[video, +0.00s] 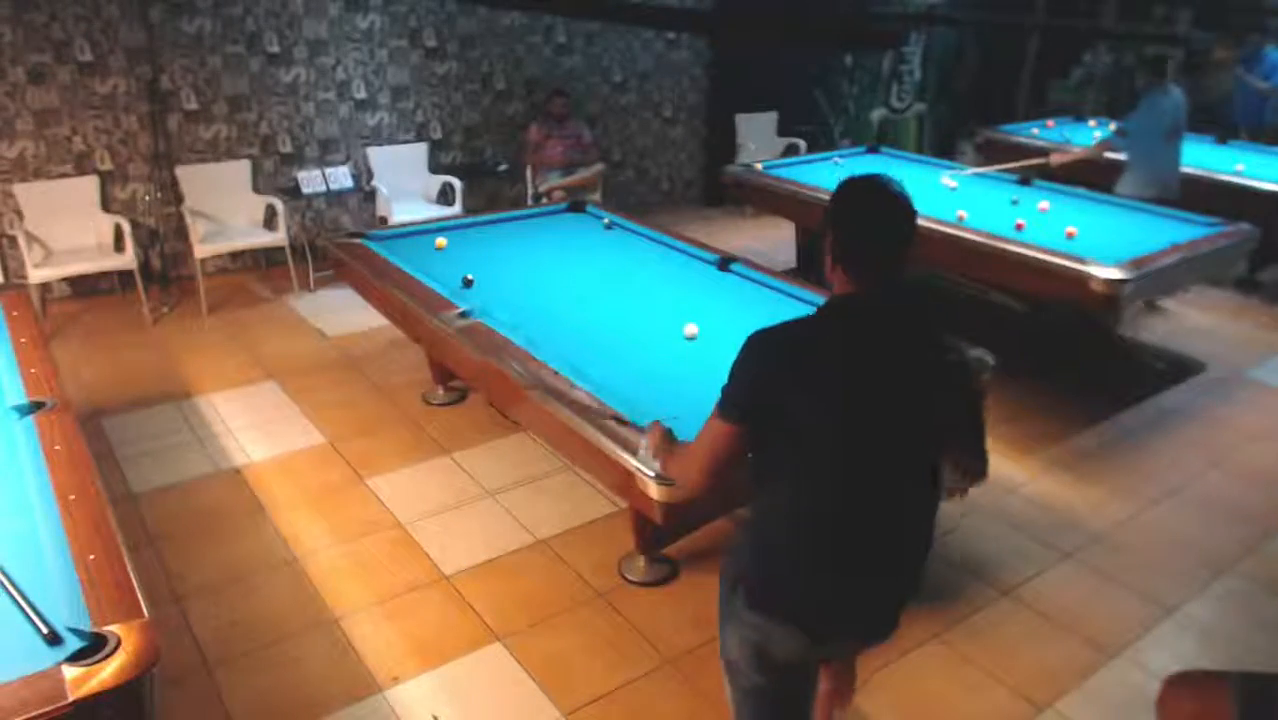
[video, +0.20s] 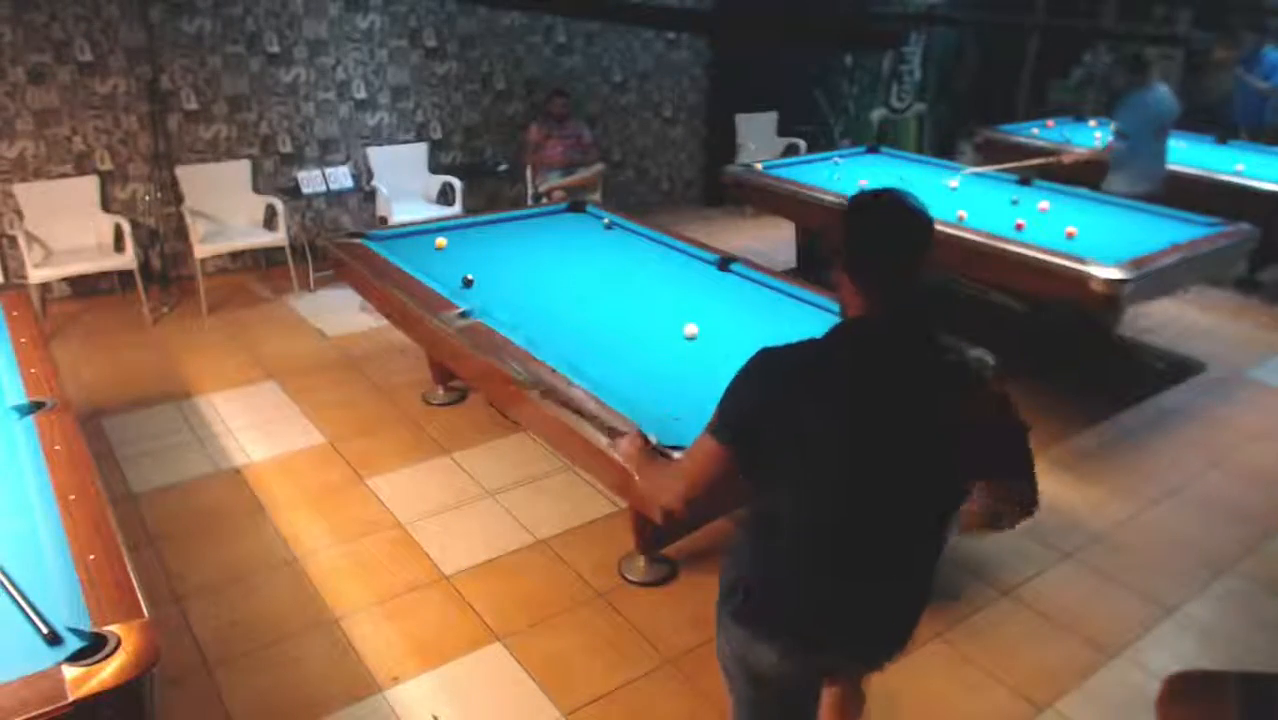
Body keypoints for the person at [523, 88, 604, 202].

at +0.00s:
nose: (560, 110)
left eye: (563, 106)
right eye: (556, 105)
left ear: (569, 107)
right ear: (548, 106)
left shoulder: (578, 126)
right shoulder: (539, 127)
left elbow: (592, 153)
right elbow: (530, 157)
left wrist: (573, 160)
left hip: (577, 167)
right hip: (549, 171)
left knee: (600, 168)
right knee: (559, 196)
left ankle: (549, 188)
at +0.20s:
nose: (560, 110)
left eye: (563, 106)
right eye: (556, 105)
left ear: (569, 107)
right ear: (548, 107)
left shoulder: (578, 126)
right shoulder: (539, 127)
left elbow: (592, 152)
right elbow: (530, 156)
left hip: (577, 167)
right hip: (550, 170)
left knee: (600, 168)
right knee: (559, 196)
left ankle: (549, 188)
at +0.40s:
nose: (560, 110)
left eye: (563, 106)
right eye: (556, 105)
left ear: (569, 107)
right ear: (548, 106)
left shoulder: (578, 126)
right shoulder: (539, 127)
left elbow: (592, 152)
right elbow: (530, 156)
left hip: (577, 167)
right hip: (550, 171)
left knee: (600, 168)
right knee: (559, 196)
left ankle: (549, 188)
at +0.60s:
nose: (560, 110)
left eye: (564, 106)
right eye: (556, 106)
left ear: (569, 107)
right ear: (549, 107)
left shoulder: (578, 125)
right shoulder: (539, 127)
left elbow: (592, 151)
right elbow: (529, 156)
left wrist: (570, 159)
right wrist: (554, 161)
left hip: (576, 166)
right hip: (550, 170)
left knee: (600, 169)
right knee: (559, 196)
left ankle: (548, 188)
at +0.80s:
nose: (560, 110)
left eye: (564, 106)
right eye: (556, 106)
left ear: (569, 107)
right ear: (549, 107)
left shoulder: (578, 125)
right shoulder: (539, 127)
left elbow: (591, 151)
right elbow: (530, 156)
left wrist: (570, 159)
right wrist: (554, 161)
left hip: (576, 166)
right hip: (550, 170)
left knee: (600, 169)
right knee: (559, 196)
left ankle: (548, 188)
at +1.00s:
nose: (560, 110)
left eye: (563, 106)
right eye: (556, 106)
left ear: (569, 107)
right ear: (548, 107)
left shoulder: (578, 125)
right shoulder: (539, 126)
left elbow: (592, 153)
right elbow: (530, 157)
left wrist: (571, 160)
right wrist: (555, 162)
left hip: (577, 166)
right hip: (551, 170)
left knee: (600, 169)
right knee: (559, 196)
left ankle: (549, 188)